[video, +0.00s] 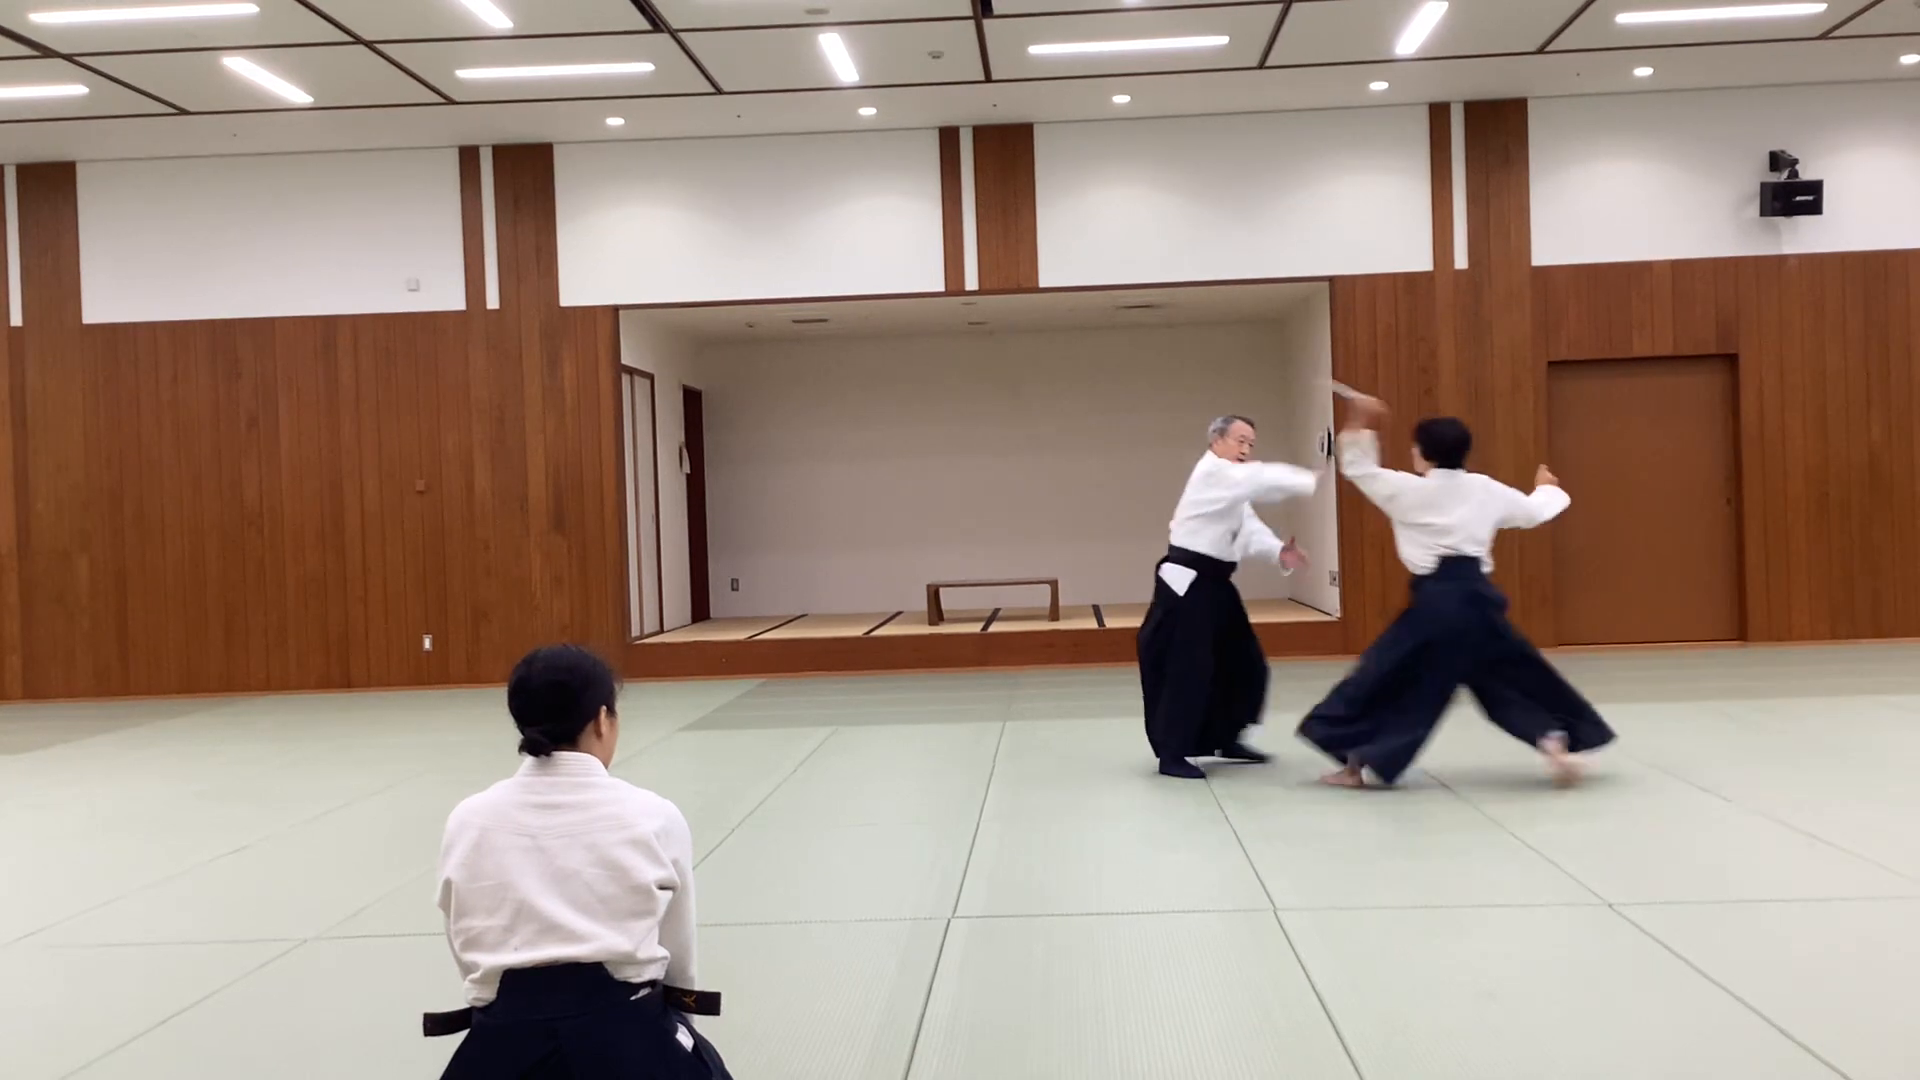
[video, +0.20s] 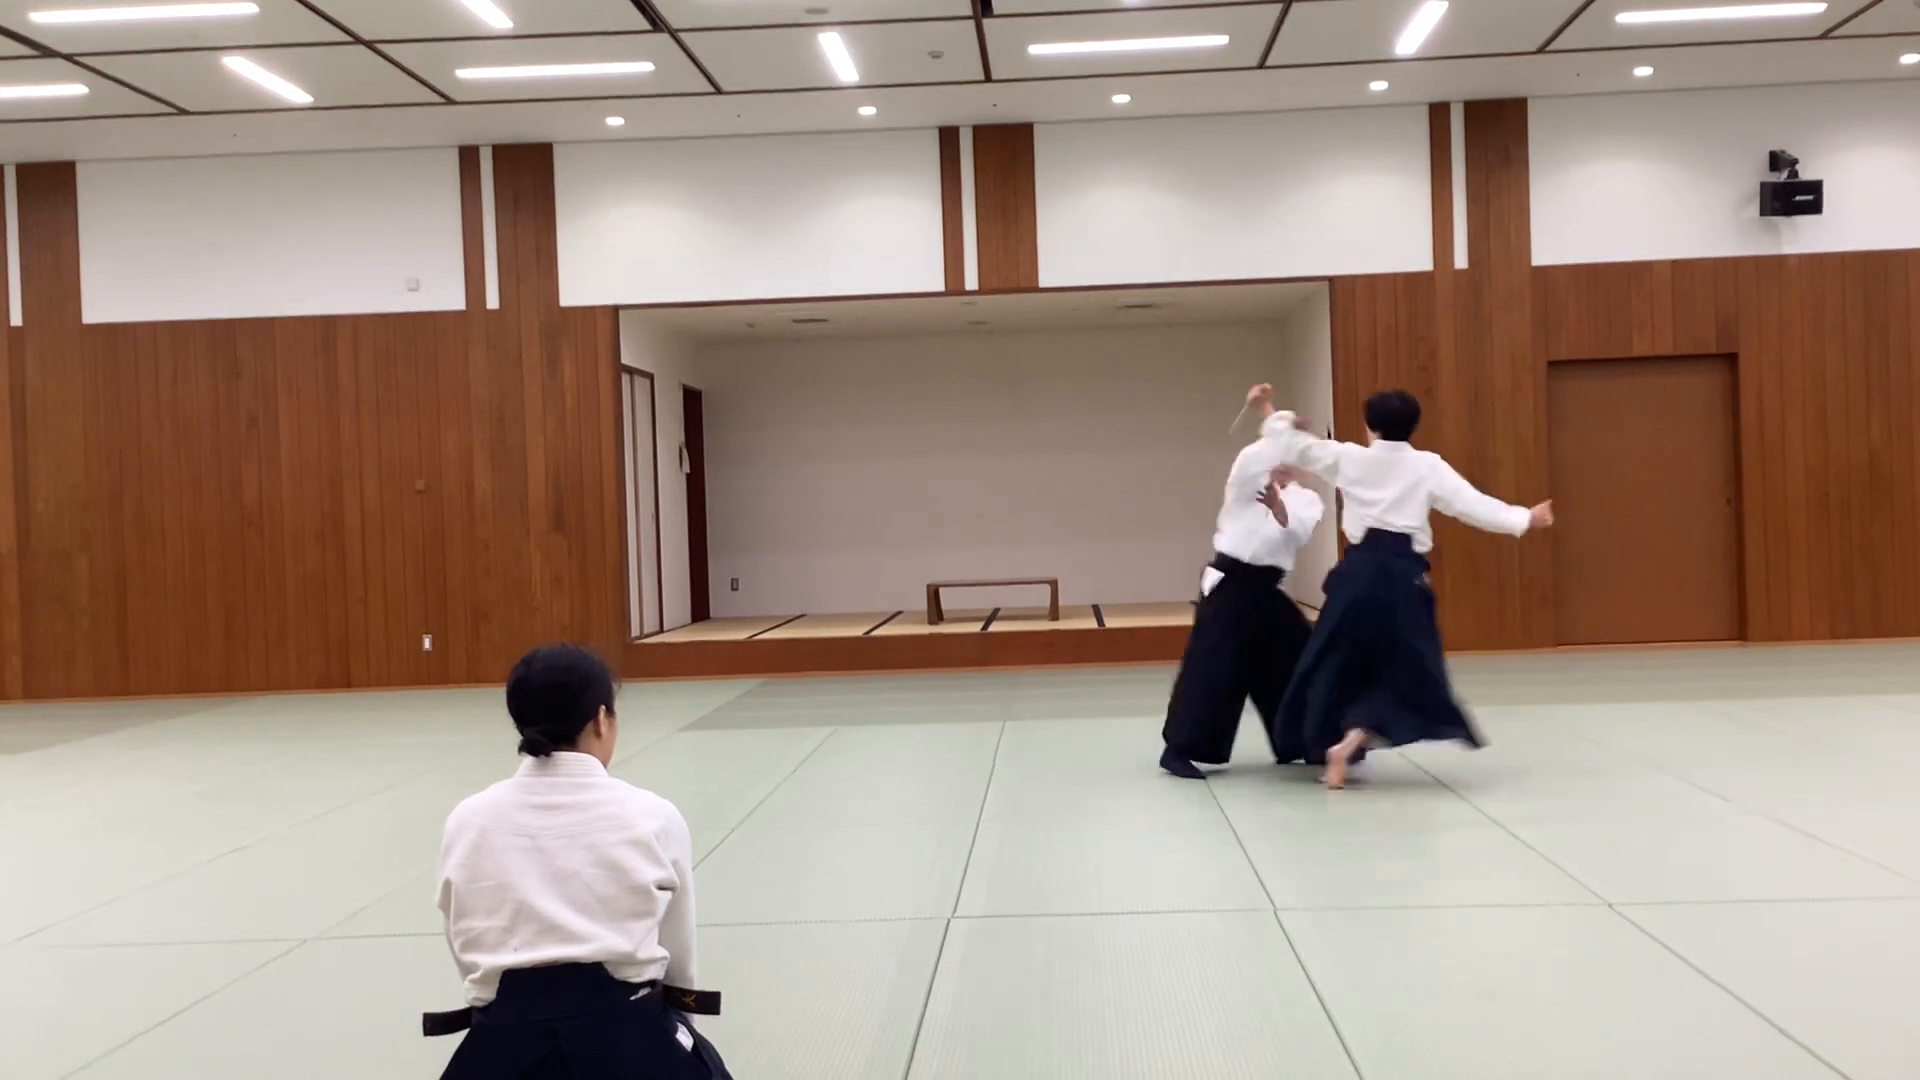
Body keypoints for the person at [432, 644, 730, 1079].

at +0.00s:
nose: (615, 726)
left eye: (615, 713)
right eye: (615, 714)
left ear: (524, 723)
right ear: (601, 722)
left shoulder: (467, 821)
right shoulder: (654, 817)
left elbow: (467, 956)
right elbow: (679, 966)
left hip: (503, 1047)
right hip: (628, 1044)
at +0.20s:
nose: (614, 726)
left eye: (614, 712)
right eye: (614, 714)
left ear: (523, 723)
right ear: (601, 721)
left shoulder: (467, 821)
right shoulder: (653, 817)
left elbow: (466, 956)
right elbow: (679, 966)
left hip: (503, 1048)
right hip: (628, 1044)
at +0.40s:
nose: (613, 726)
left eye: (613, 712)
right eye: (613, 713)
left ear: (522, 724)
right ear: (600, 721)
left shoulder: (467, 821)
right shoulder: (653, 817)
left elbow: (465, 955)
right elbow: (679, 966)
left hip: (504, 1047)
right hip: (627, 1043)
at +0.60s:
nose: (613, 726)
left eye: (613, 712)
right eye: (613, 714)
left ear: (521, 723)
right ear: (599, 721)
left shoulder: (466, 822)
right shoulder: (653, 817)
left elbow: (465, 957)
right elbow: (678, 966)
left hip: (503, 1049)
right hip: (628, 1045)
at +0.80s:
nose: (613, 726)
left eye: (612, 712)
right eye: (612, 714)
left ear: (522, 724)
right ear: (599, 720)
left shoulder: (466, 821)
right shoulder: (653, 817)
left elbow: (465, 957)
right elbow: (678, 965)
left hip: (503, 1048)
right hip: (628, 1044)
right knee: (696, 1047)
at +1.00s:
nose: (612, 726)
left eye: (612, 713)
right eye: (612, 714)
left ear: (521, 724)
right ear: (599, 721)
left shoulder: (466, 822)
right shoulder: (653, 817)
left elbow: (465, 957)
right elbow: (679, 966)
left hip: (503, 1048)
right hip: (629, 1044)